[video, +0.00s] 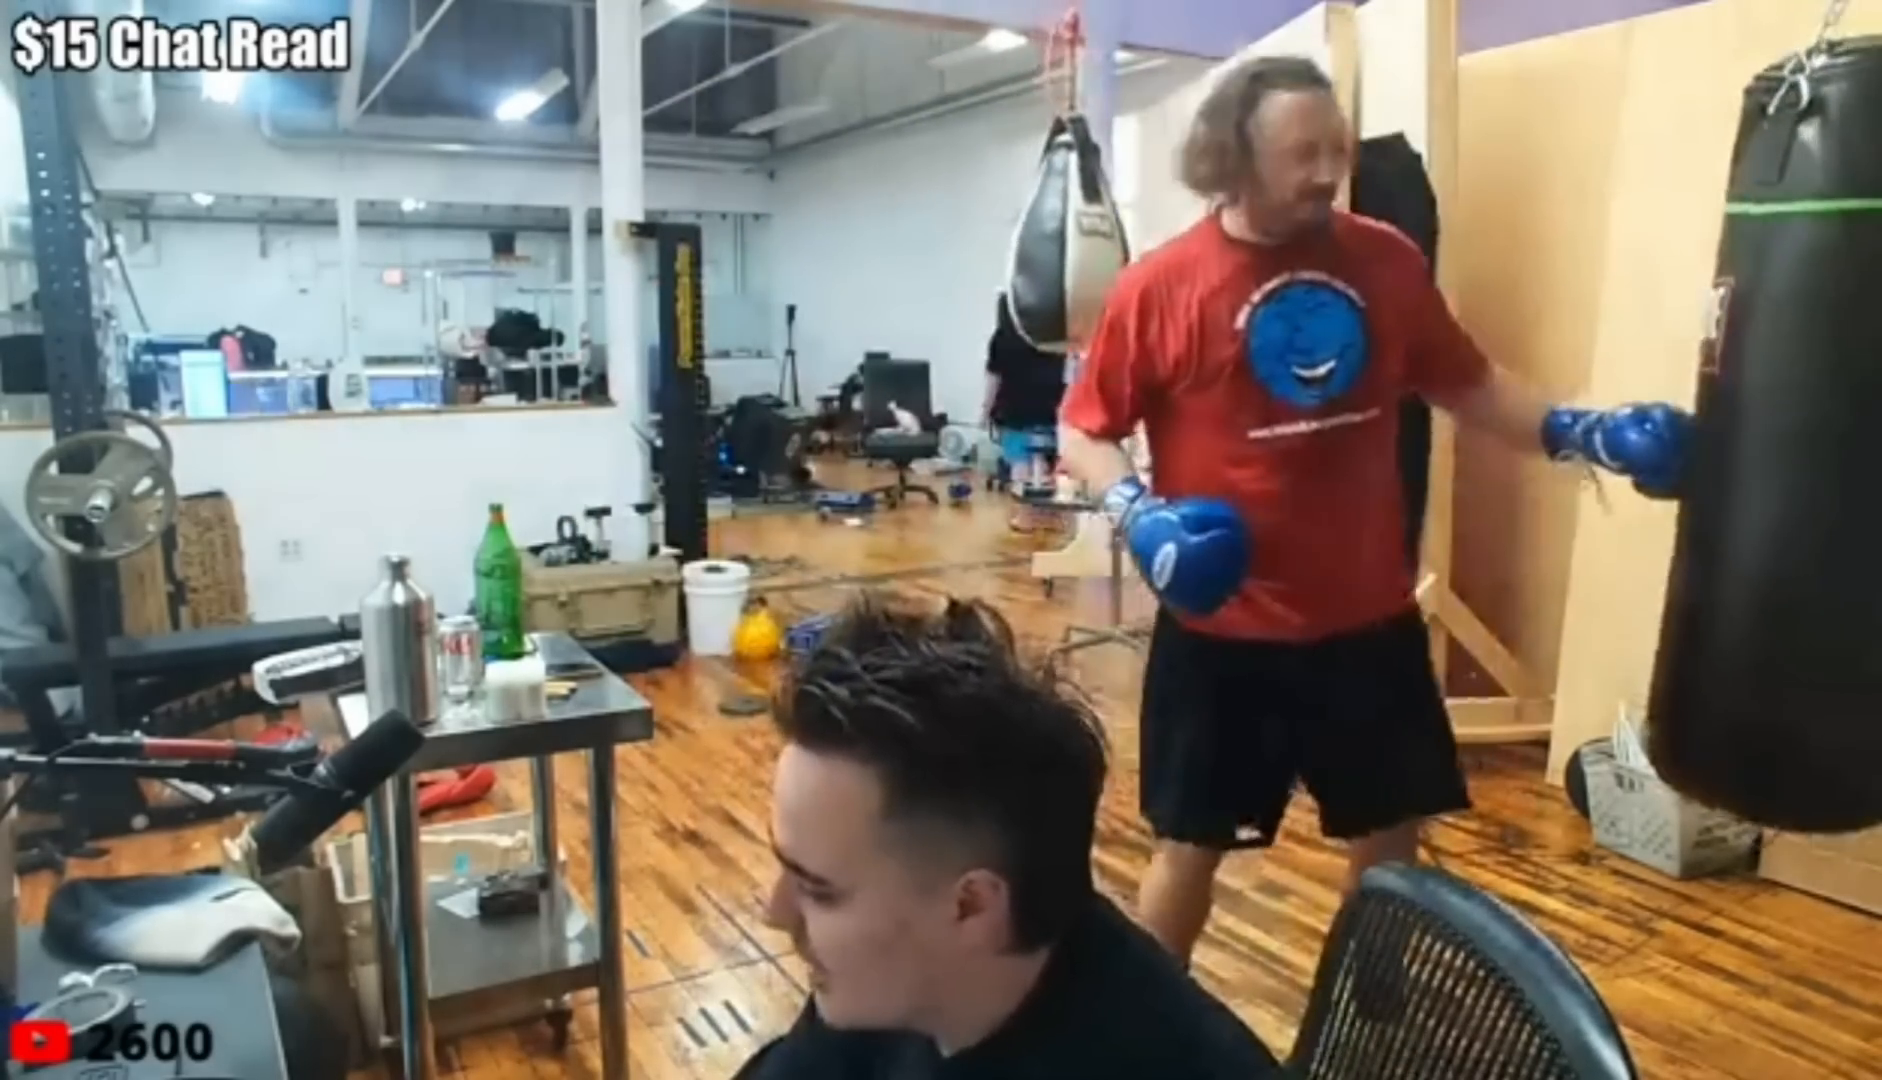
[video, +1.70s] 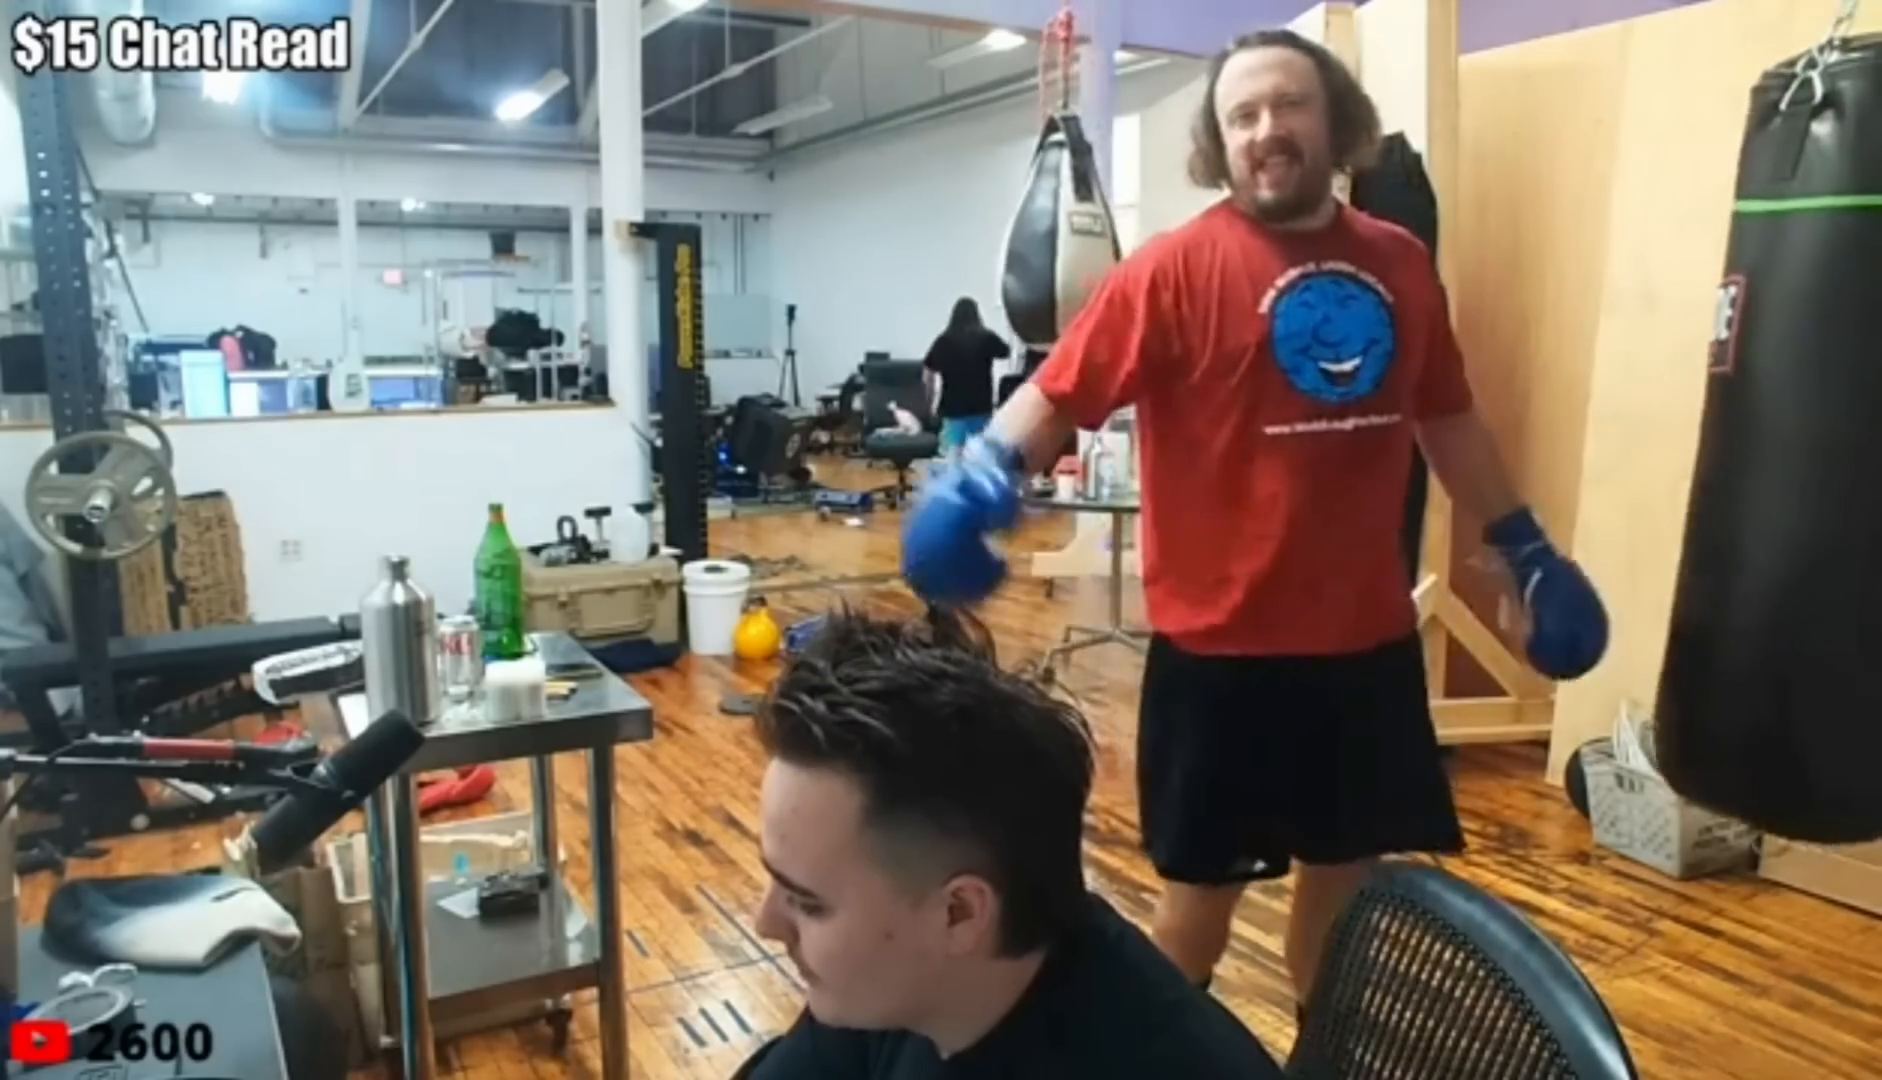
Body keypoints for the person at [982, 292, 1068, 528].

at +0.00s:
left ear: (1005, 311)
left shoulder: (1005, 338)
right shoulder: (1054, 339)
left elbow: (993, 381)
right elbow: (1066, 380)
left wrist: (987, 412)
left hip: (1013, 417)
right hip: (1050, 417)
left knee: (1019, 473)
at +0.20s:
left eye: (994, 313)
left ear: (994, 313)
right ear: (1018, 309)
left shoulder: (994, 340)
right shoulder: (1041, 334)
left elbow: (985, 378)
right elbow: (1056, 374)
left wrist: (981, 404)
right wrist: (1053, 405)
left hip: (1009, 410)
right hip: (1041, 408)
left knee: (1018, 461)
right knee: (1038, 457)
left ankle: (1021, 512)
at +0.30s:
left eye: (993, 313)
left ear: (991, 313)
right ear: (1015, 311)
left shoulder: (990, 340)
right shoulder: (1033, 338)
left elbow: (979, 380)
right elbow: (1047, 377)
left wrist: (979, 413)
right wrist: (1047, 407)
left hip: (1001, 410)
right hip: (1030, 408)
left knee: (1014, 461)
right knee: (1029, 458)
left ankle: (1022, 512)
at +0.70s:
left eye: (979, 311)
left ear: (980, 312)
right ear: (1003, 308)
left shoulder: (978, 335)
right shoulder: (1021, 334)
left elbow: (968, 375)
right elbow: (1031, 366)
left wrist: (964, 407)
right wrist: (1025, 390)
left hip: (984, 408)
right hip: (1015, 406)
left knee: (985, 463)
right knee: (1007, 462)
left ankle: (991, 510)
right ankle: (1005, 509)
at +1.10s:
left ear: (958, 313)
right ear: (981, 311)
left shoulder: (957, 339)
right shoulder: (998, 336)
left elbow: (950, 378)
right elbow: (1010, 367)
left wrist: (946, 409)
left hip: (964, 408)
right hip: (995, 407)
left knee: (958, 458)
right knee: (995, 457)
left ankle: (955, 502)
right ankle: (1002, 508)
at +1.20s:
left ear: (952, 311)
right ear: (976, 310)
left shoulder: (950, 336)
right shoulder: (989, 331)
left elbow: (942, 373)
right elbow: (1005, 360)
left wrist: (939, 405)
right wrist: (987, 366)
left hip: (958, 404)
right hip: (986, 403)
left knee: (955, 455)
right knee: (991, 454)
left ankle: (954, 499)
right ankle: (994, 493)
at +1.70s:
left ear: (954, 315)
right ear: (976, 314)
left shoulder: (945, 339)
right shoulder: (985, 337)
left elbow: (928, 372)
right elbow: (1005, 353)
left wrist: (930, 404)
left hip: (952, 407)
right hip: (980, 406)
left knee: (950, 457)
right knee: (979, 456)